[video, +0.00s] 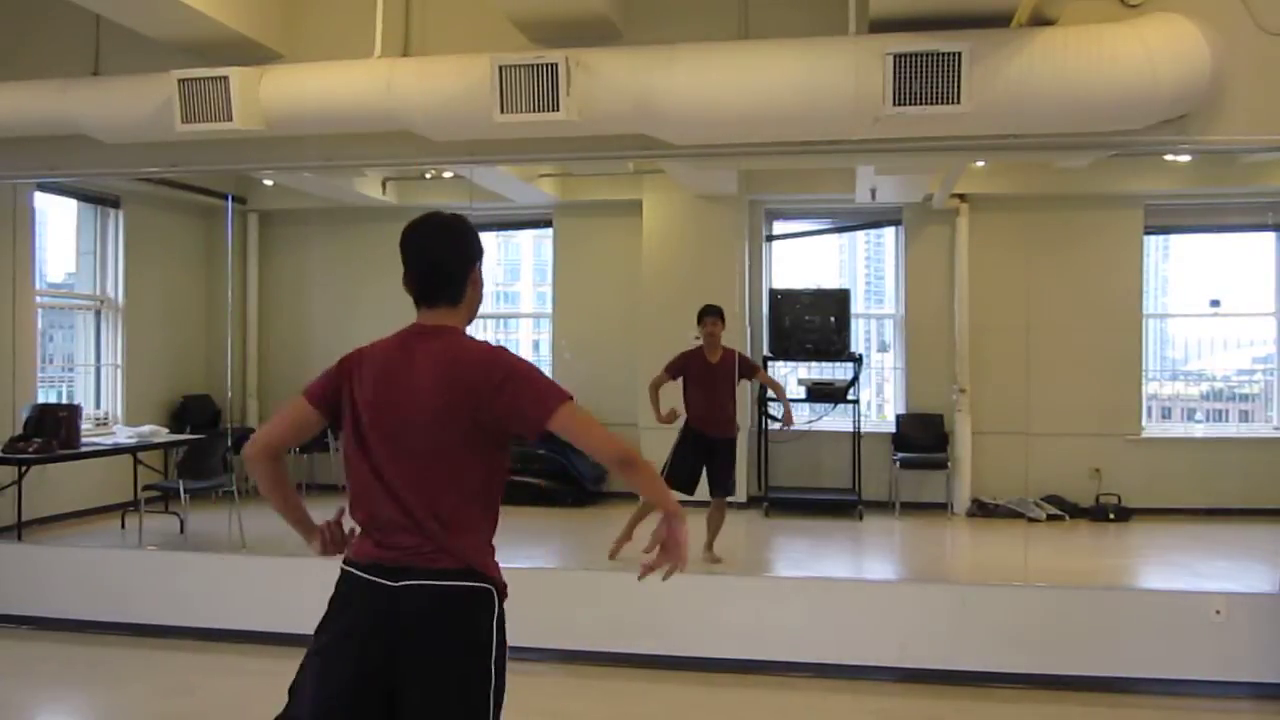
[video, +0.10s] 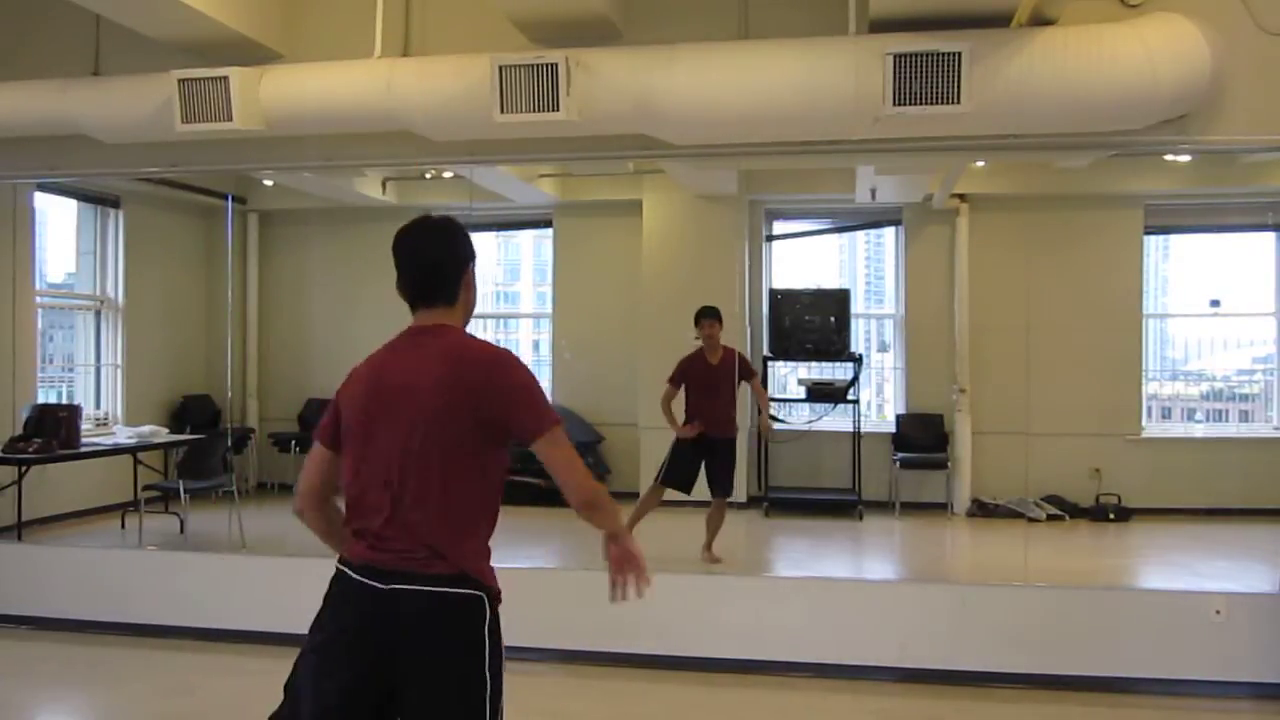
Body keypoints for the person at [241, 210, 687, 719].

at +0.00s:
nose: (483, 280)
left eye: (477, 270)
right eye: (482, 270)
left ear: (407, 283)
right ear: (476, 278)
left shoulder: (361, 367)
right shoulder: (495, 368)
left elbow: (260, 450)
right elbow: (616, 454)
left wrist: (311, 530)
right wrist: (671, 508)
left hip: (362, 601)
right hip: (458, 609)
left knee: (314, 711)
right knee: (458, 710)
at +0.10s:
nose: (476, 283)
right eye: (474, 272)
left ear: (401, 287)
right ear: (468, 279)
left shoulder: (364, 375)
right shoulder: (495, 368)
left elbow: (309, 501)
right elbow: (582, 492)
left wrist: (360, 551)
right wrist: (617, 531)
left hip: (355, 606)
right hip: (451, 617)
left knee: (306, 710)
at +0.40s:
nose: (425, 286)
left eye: (422, 275)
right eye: (424, 274)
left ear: (348, 286)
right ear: (413, 277)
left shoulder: (352, 377)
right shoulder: (433, 324)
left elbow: (452, 483)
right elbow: (523, 429)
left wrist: (561, 503)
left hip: (361, 591)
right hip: (444, 600)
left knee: (318, 711)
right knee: (470, 712)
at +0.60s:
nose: (416, 282)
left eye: (416, 270)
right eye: (415, 270)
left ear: (341, 276)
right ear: (404, 276)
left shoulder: (327, 378)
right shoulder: (396, 345)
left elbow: (337, 491)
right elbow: (490, 381)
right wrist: (545, 349)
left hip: (359, 574)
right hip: (435, 582)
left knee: (317, 709)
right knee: (451, 711)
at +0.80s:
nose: (435, 291)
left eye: (433, 278)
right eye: (435, 279)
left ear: (362, 276)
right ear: (425, 285)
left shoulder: (296, 350)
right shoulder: (409, 365)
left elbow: (213, 423)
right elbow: (537, 442)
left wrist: (291, 420)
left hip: (315, 597)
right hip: (398, 595)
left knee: (311, 711)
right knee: (446, 711)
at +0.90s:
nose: (426, 294)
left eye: (424, 280)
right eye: (426, 281)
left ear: (353, 275)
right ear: (416, 284)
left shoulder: (291, 354)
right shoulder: (401, 372)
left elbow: (232, 462)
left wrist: (297, 464)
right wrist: (487, 513)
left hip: (288, 593)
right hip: (370, 594)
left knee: (287, 711)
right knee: (422, 711)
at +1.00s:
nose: (397, 277)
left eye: (396, 263)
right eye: (396, 262)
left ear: (322, 265)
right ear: (384, 264)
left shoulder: (277, 351)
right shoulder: (397, 357)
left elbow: (270, 464)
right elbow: (413, 504)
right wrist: (430, 530)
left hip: (276, 583)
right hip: (362, 587)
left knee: (252, 711)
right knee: (398, 712)